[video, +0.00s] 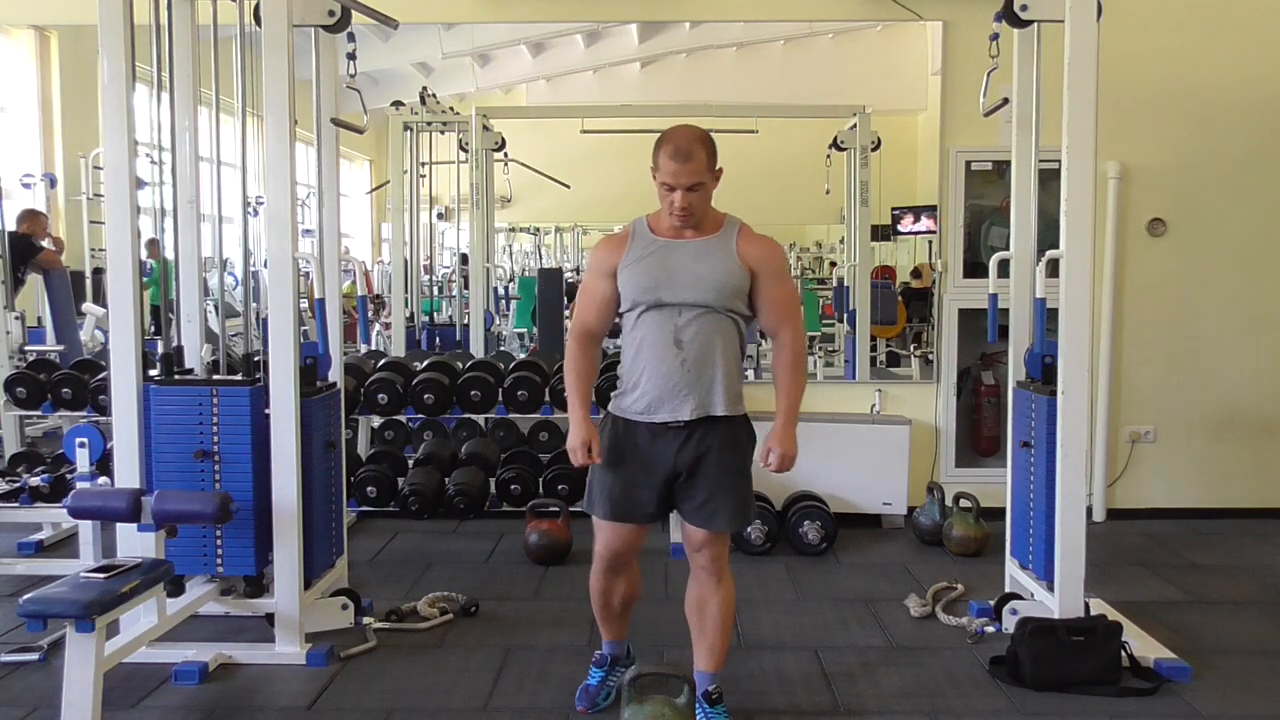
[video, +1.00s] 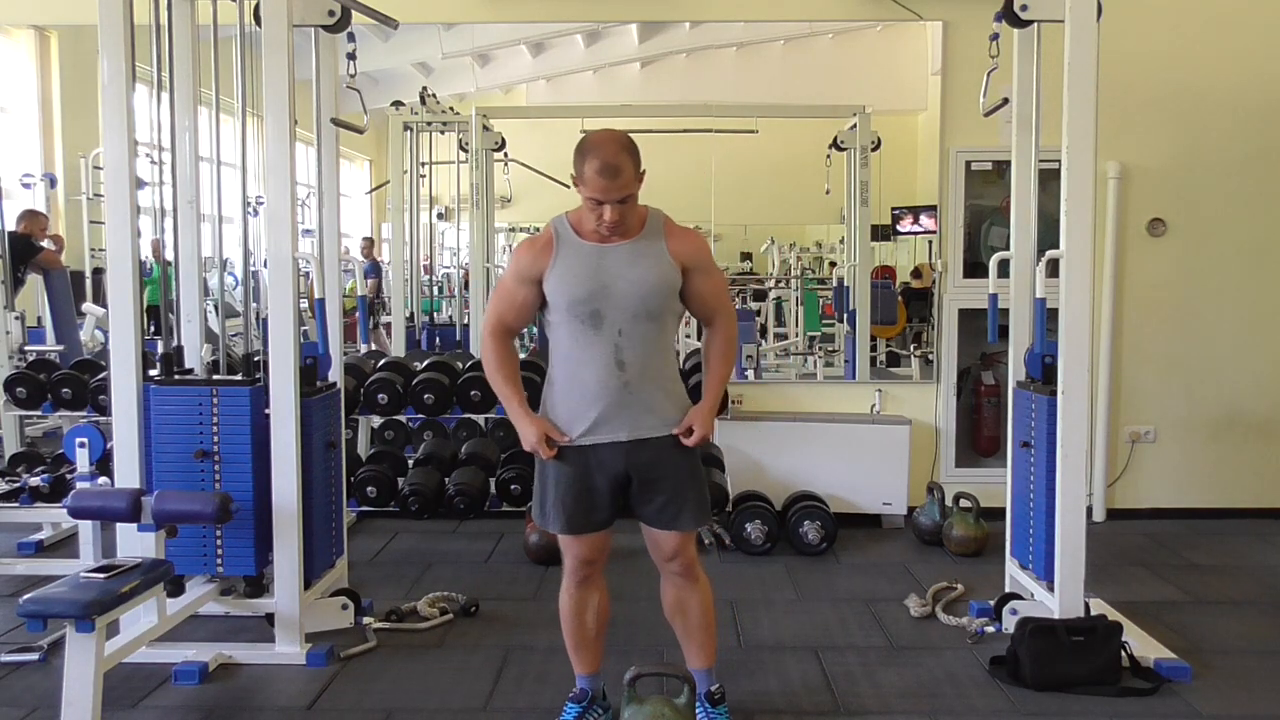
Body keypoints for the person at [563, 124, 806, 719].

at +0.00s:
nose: (678, 199)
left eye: (691, 187)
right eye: (668, 187)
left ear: (716, 178)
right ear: (654, 179)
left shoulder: (757, 253)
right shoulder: (616, 251)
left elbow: (788, 335)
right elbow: (584, 333)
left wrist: (786, 423)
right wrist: (578, 415)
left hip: (715, 430)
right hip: (632, 429)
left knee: (708, 553)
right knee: (611, 554)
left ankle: (707, 692)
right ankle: (612, 657)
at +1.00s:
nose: (609, 213)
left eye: (621, 200)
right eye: (596, 201)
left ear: (641, 180)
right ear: (574, 184)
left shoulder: (681, 246)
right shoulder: (540, 254)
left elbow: (720, 317)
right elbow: (495, 333)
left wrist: (710, 401)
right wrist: (521, 415)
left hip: (663, 439)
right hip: (574, 445)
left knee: (679, 561)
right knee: (580, 569)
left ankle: (708, 692)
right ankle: (587, 694)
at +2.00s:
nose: (677, 212)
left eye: (691, 199)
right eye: (665, 199)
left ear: (718, 183)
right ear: (651, 183)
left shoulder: (759, 249)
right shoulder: (620, 246)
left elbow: (797, 331)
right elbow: (572, 323)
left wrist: (791, 419)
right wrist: (580, 410)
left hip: (722, 443)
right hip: (632, 438)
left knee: (718, 565)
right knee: (608, 567)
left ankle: (719, 698)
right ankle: (589, 690)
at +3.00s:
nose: (689, 454)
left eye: (701, 445)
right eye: (678, 445)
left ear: (725, 399)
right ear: (650, 413)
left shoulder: (753, 372)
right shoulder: (615, 437)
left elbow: (759, 411)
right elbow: (608, 551)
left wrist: (716, 463)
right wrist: (630, 643)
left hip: (710, 459)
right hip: (617, 461)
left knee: (716, 563)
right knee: (597, 569)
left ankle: (719, 697)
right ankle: (591, 695)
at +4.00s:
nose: (708, 177)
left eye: (722, 166)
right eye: (697, 164)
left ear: (739, 174)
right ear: (677, 168)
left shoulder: (766, 260)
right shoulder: (626, 249)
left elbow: (782, 351)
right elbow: (587, 330)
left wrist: (724, 414)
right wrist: (637, 394)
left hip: (721, 439)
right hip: (629, 430)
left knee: (720, 562)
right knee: (611, 557)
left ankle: (720, 700)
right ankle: (591, 690)